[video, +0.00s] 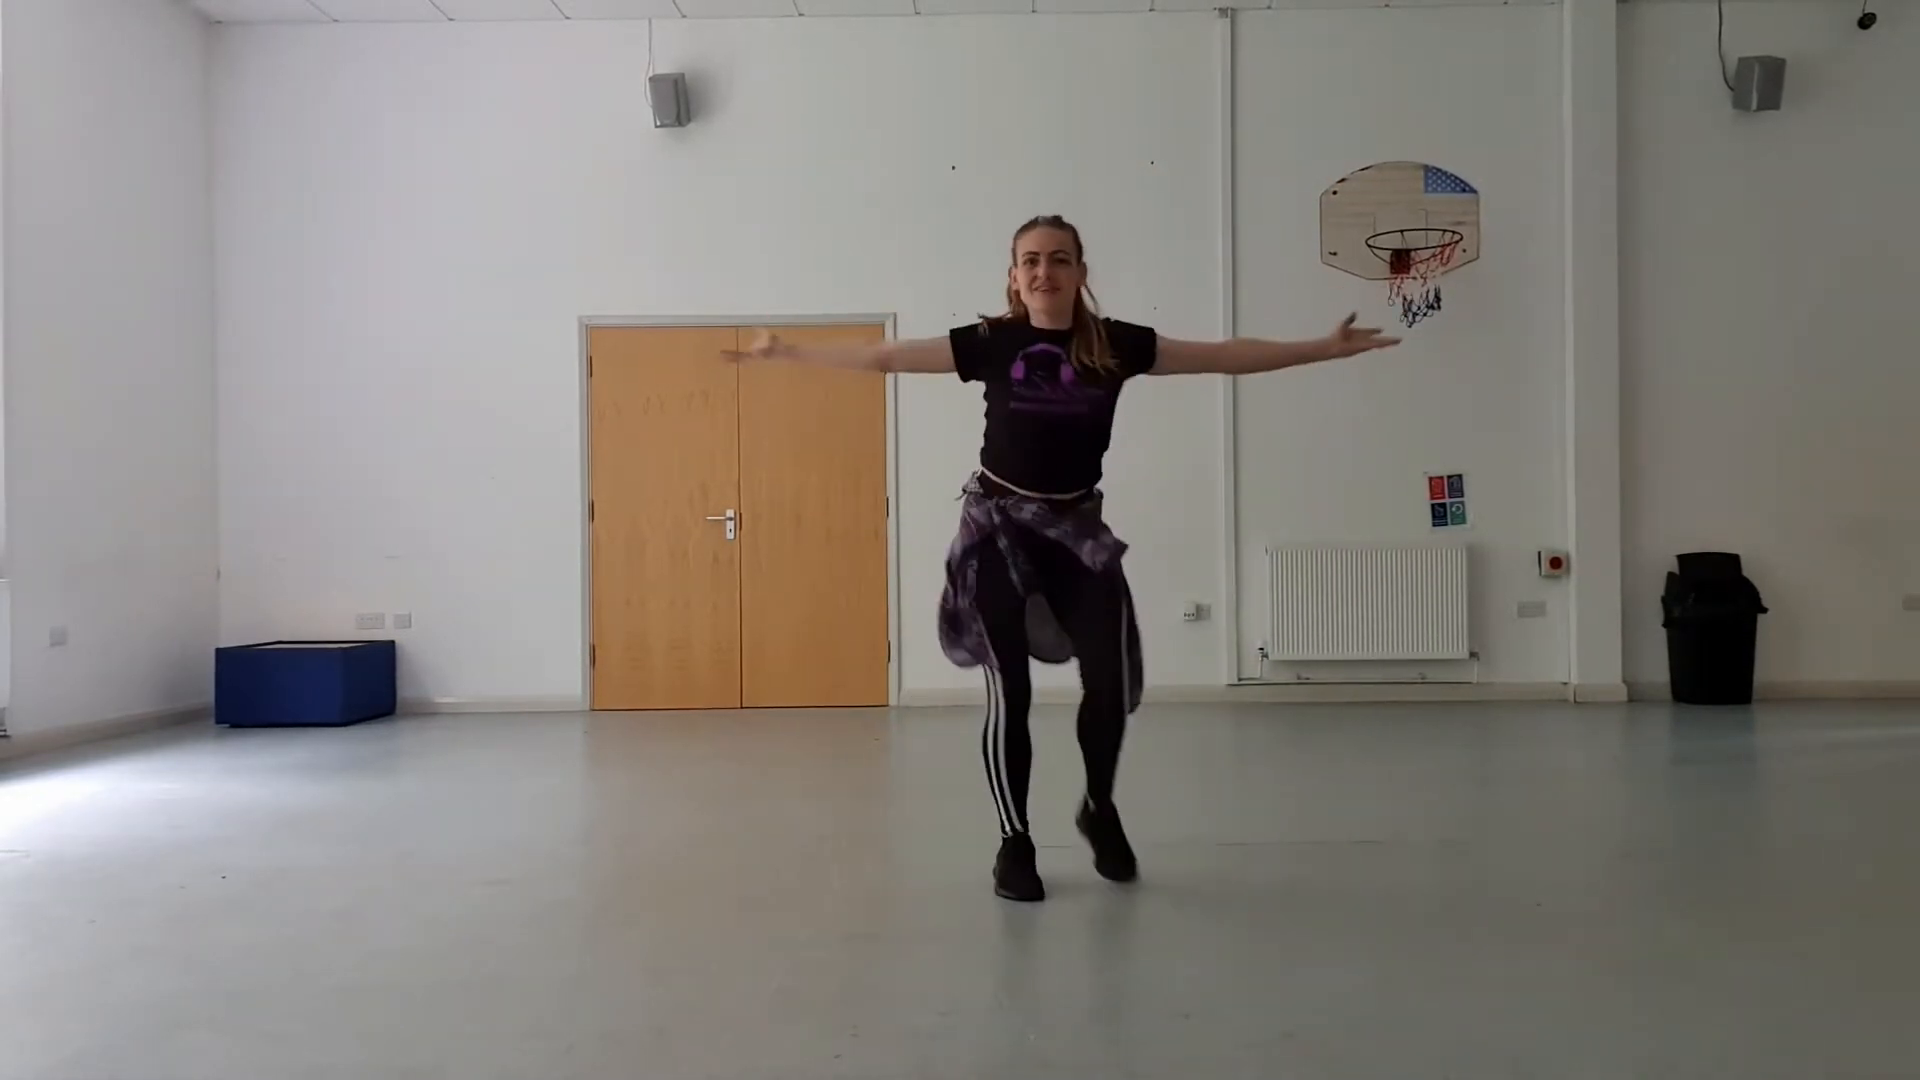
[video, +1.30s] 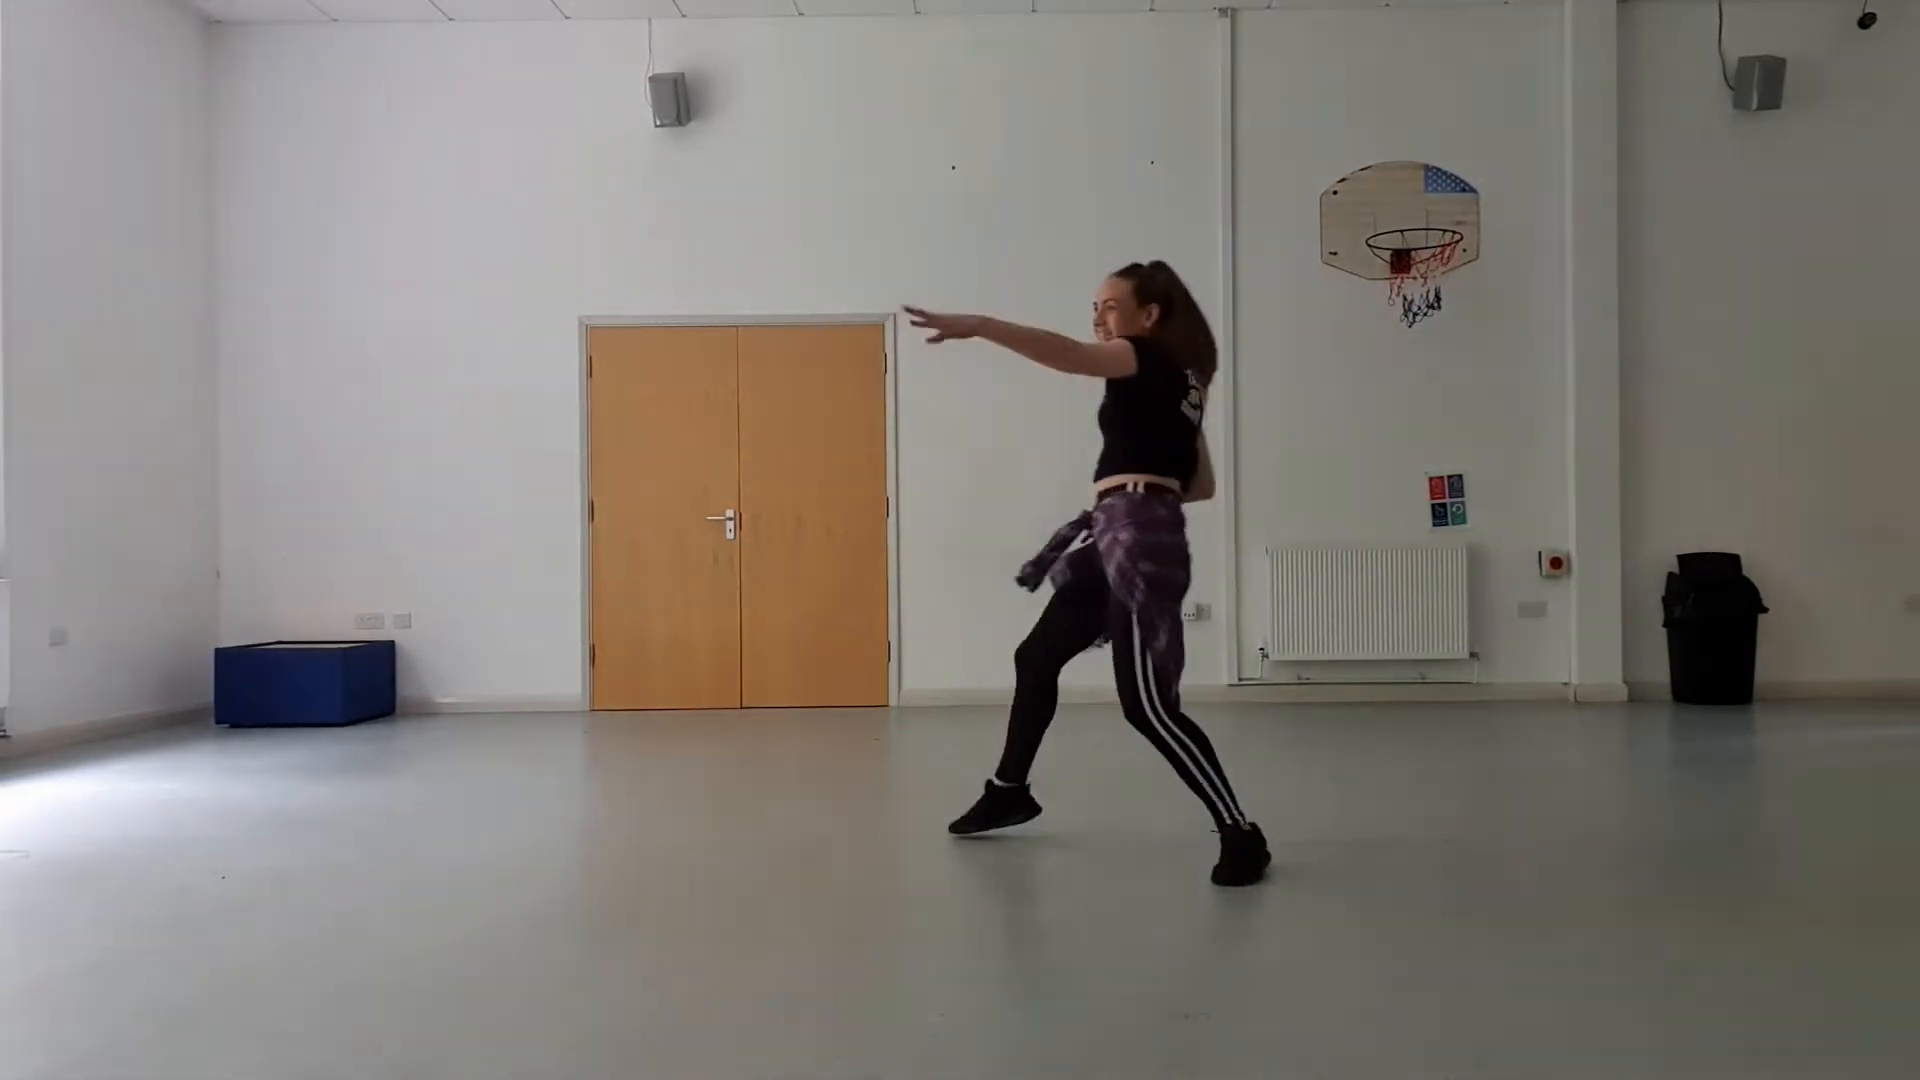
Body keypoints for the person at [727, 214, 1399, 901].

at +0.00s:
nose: (1043, 272)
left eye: (1058, 260)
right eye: (1030, 261)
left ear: (1082, 272)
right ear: (1012, 277)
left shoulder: (1118, 346)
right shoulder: (988, 345)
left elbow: (1230, 356)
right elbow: (883, 357)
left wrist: (1328, 347)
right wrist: (786, 349)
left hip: (1078, 529)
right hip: (998, 526)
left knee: (1112, 680)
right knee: (1011, 684)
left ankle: (1099, 809)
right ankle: (1017, 843)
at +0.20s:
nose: (1036, 277)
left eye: (1050, 268)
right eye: (1024, 270)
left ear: (1072, 288)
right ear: (1009, 290)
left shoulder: (1099, 356)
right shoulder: (987, 357)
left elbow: (1189, 395)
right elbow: (895, 395)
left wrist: (1275, 410)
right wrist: (807, 411)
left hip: (1073, 534)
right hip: (1000, 533)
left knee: (1063, 692)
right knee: (1009, 689)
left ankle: (1064, 784)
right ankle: (1012, 842)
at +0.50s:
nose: (1043, 281)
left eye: (1055, 273)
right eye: (1031, 275)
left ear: (1074, 293)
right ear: (1014, 296)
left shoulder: (1094, 356)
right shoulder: (989, 358)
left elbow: (1143, 417)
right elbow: (932, 432)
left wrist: (1179, 467)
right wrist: (876, 500)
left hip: (1073, 524)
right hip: (1001, 523)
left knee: (1062, 670)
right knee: (988, 663)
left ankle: (1053, 797)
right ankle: (985, 780)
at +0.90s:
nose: (996, 285)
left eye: (1011, 279)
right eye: (993, 278)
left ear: (1044, 298)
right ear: (989, 297)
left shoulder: (1062, 354)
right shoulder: (978, 360)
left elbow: (1157, 379)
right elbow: (985, 426)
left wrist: (1084, 419)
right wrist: (972, 475)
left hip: (1066, 516)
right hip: (1004, 523)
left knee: (1092, 652)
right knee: (996, 665)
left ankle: (1146, 777)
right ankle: (1001, 793)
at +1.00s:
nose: (1014, 277)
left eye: (1028, 269)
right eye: (1014, 269)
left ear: (1064, 282)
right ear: (1017, 286)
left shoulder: (1068, 332)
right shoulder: (1016, 349)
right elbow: (1008, 450)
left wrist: (1046, 374)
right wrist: (997, 488)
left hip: (1072, 504)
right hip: (1019, 516)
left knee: (1111, 654)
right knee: (1010, 659)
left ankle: (1201, 798)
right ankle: (1010, 790)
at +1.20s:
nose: (1080, 309)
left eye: (1093, 300)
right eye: (1083, 299)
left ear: (1132, 307)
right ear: (1130, 310)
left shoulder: (1110, 351)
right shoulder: (1148, 375)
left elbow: (1030, 338)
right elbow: (1151, 481)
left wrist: (945, 316)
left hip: (1097, 533)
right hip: (1081, 532)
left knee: (1132, 695)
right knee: (1028, 669)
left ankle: (1231, 830)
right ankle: (1017, 800)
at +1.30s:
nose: (1099, 320)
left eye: (1111, 308)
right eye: (1099, 309)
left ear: (1149, 314)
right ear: (1148, 318)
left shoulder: (1141, 358)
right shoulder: (1170, 379)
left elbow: (1069, 354)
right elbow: (1201, 485)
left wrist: (979, 325)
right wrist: (1125, 494)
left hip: (1139, 536)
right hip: (1124, 537)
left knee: (1148, 703)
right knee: (1036, 658)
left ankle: (1237, 831)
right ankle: (1009, 788)